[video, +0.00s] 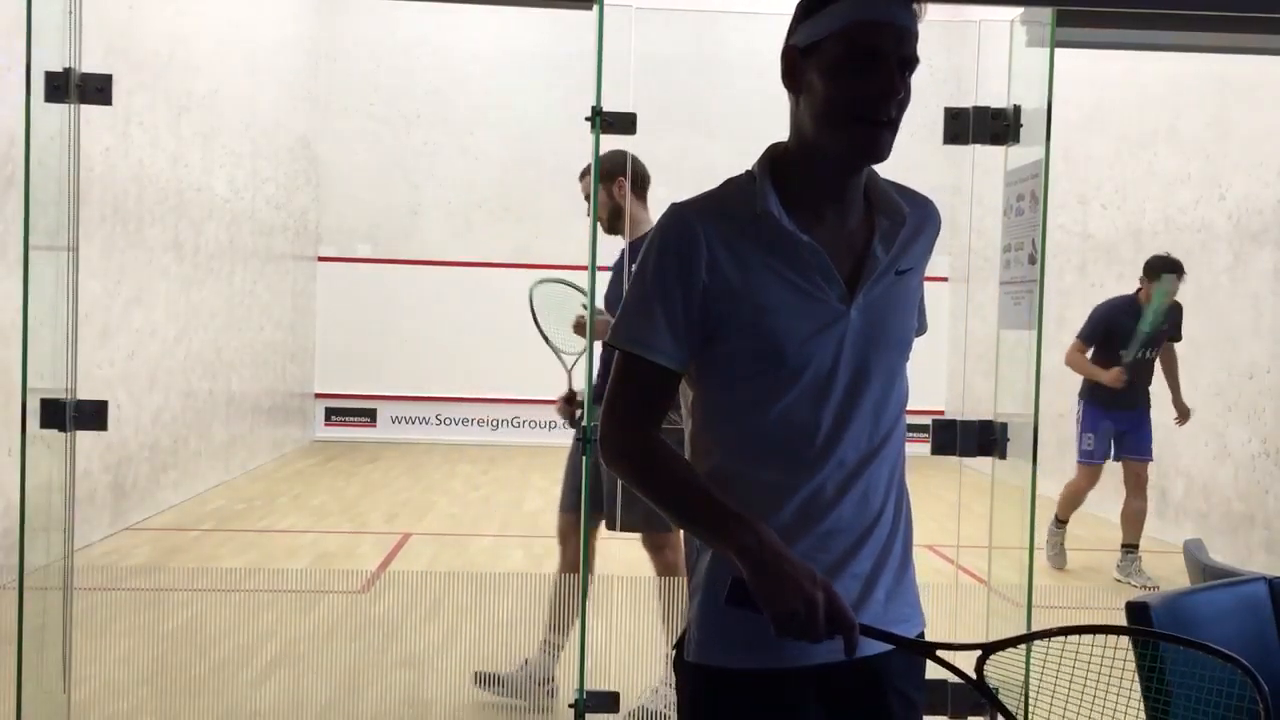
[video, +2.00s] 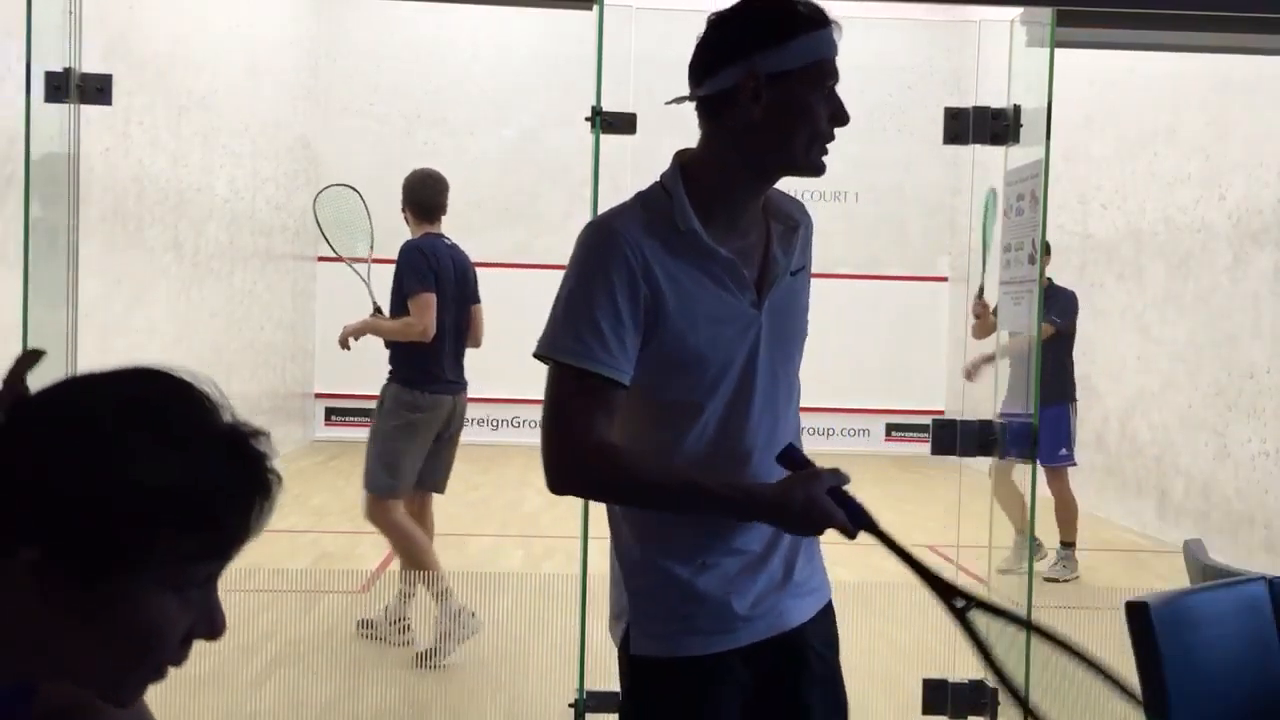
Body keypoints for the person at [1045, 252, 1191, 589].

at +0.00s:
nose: (1170, 296)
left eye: (1174, 289)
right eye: (1164, 289)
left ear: (1176, 289)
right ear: (1144, 284)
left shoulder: (1171, 312)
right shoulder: (1111, 311)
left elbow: (1167, 351)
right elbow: (1072, 357)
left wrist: (1177, 398)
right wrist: (1102, 374)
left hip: (1136, 407)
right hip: (1098, 405)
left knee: (1137, 482)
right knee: (1087, 478)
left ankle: (1128, 561)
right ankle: (1056, 529)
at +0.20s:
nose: (1137, 288)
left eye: (1144, 282)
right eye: (1132, 280)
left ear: (1153, 278)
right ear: (1120, 274)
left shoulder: (1162, 312)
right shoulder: (1092, 307)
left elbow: (1167, 355)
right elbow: (1055, 348)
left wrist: (1169, 402)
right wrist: (1049, 392)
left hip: (1130, 411)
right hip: (1086, 407)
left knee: (1132, 482)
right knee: (1062, 472)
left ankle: (1128, 561)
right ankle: (1041, 547)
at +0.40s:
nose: (1091, 286)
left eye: (1098, 280)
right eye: (1087, 278)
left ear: (1114, 276)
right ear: (1081, 274)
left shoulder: (1132, 308)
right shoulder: (1060, 305)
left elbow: (1145, 353)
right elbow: (1040, 348)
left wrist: (1148, 400)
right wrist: (1030, 383)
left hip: (1109, 409)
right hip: (1066, 408)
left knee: (1120, 482)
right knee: (1054, 477)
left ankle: (1126, 561)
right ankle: (1041, 552)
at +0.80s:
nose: (1037, 281)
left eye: (1041, 274)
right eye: (1033, 275)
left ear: (1054, 268)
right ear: (1029, 275)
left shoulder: (1085, 297)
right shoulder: (1024, 304)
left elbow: (1107, 338)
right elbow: (1012, 352)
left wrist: (1109, 387)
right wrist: (1006, 397)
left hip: (1078, 402)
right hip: (1038, 403)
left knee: (1079, 477)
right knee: (1041, 477)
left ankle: (1085, 555)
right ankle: (1038, 551)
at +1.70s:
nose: (1036, 267)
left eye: (1042, 260)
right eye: (1032, 260)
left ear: (1056, 260)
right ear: (1025, 264)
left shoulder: (1077, 298)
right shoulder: (1021, 299)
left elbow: (1078, 344)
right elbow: (991, 335)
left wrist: (1059, 375)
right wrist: (969, 356)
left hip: (1063, 402)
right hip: (1026, 400)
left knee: (1062, 475)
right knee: (1031, 476)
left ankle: (1067, 555)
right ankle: (1038, 551)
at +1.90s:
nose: (1035, 269)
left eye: (1040, 262)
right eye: (1029, 263)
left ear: (1052, 261)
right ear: (1020, 265)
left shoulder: (1070, 299)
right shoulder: (1017, 299)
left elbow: (1049, 348)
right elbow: (984, 334)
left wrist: (1015, 379)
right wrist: (975, 330)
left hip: (1059, 402)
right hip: (1023, 399)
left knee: (1059, 478)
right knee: (1011, 474)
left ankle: (1067, 555)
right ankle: (1035, 547)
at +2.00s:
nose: (1025, 265)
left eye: (1032, 257)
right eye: (1019, 258)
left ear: (1045, 259)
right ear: (1011, 261)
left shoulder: (1062, 298)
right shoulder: (1014, 298)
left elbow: (1036, 337)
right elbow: (980, 333)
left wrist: (987, 358)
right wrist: (982, 316)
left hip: (1054, 403)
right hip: (1017, 401)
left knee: (1057, 479)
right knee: (1000, 477)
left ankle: (1067, 556)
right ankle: (1026, 542)